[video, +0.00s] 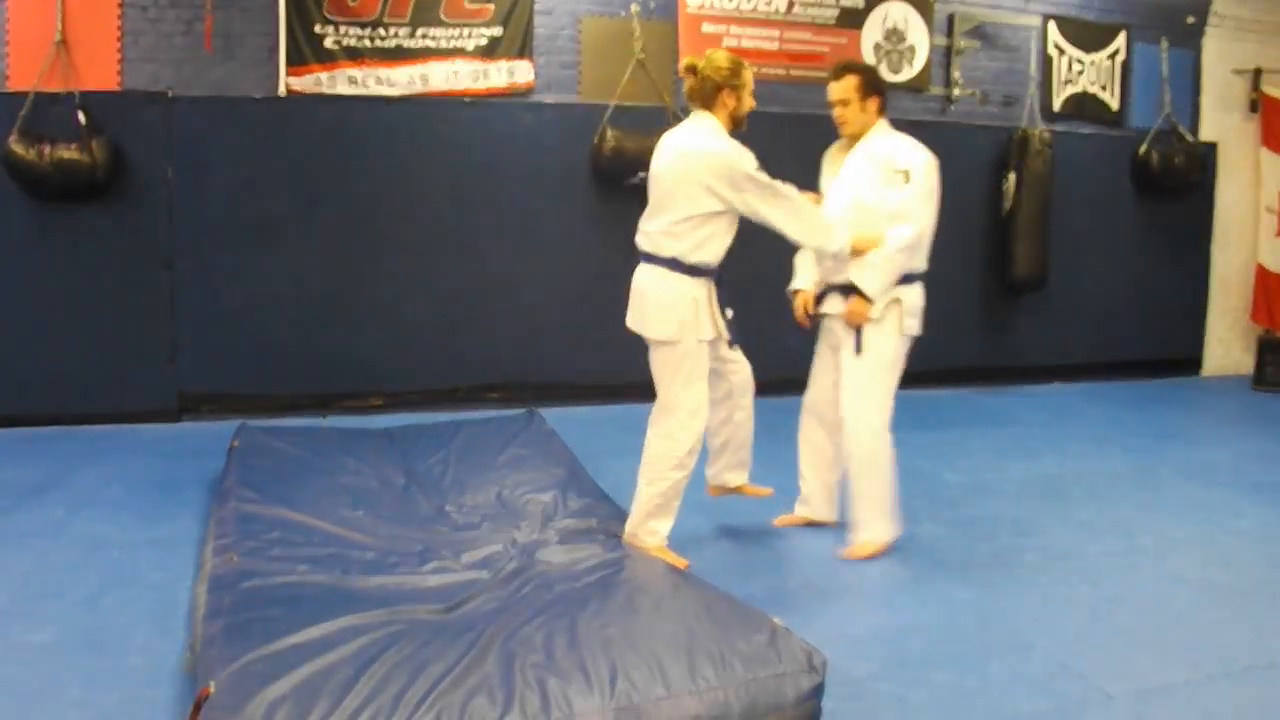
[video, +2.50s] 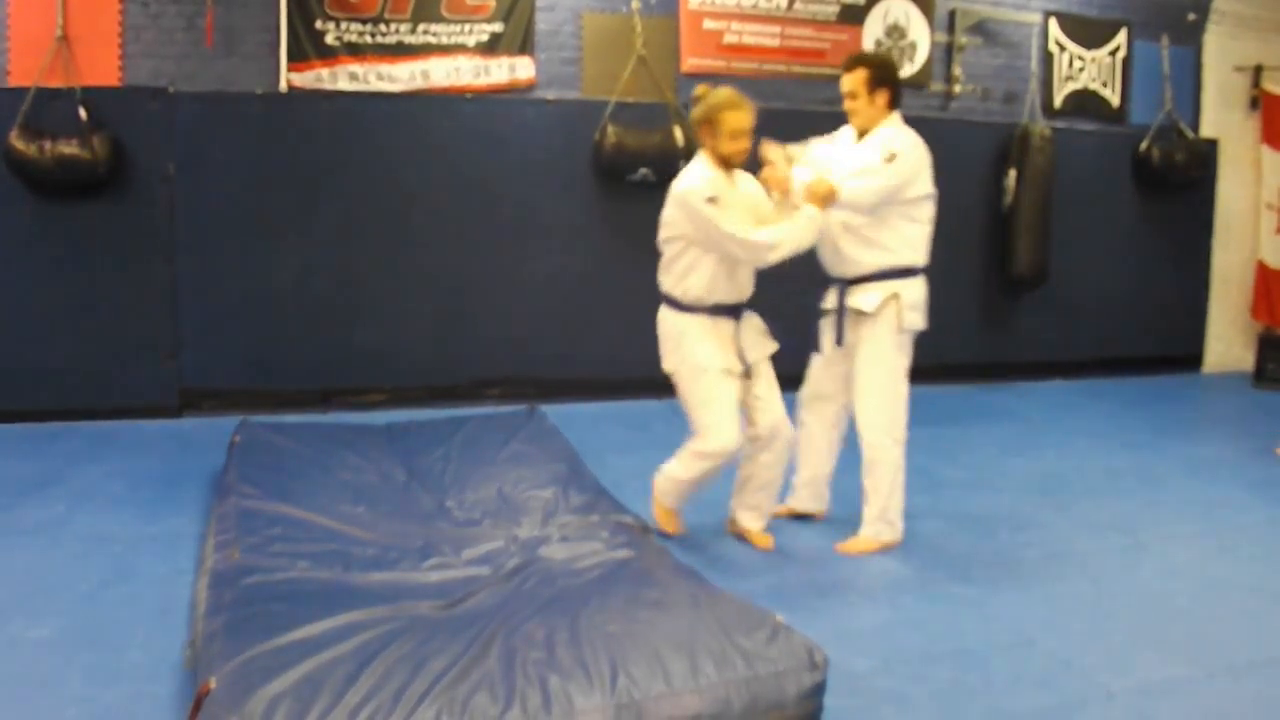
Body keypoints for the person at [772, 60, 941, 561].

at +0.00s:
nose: (835, 114)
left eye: (844, 105)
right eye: (832, 106)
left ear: (873, 103)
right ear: (834, 107)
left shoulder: (912, 158)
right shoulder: (835, 157)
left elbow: (911, 236)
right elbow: (822, 222)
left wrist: (867, 290)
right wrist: (805, 282)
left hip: (886, 302)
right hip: (836, 297)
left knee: (866, 415)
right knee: (820, 408)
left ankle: (876, 529)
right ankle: (817, 506)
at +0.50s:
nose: (957, 114)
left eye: (967, 106)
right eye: (955, 105)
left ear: (995, 110)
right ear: (956, 107)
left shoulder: (1023, 168)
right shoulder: (955, 157)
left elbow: (1006, 242)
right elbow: (938, 229)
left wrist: (956, 289)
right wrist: (925, 280)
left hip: (995, 296)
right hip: (948, 294)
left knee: (976, 400)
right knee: (923, 390)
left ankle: (979, 510)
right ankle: (950, 484)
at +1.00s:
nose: (1046, 122)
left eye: (1056, 114)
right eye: (1043, 114)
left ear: (1082, 118)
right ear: (1040, 118)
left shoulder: (1117, 172)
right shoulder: (1028, 172)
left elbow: (1135, 237)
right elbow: (1008, 223)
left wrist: (1094, 289)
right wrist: (1001, 273)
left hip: (1087, 305)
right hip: (1035, 302)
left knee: (1091, 400)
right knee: (1032, 395)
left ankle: (1121, 484)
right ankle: (1035, 478)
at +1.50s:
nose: (1071, 126)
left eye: (1081, 119)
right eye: (1068, 118)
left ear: (1108, 123)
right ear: (1064, 121)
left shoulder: (1137, 178)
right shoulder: (1052, 174)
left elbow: (1167, 238)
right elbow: (1027, 225)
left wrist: (1119, 286)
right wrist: (1026, 275)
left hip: (1114, 313)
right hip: (1055, 309)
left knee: (1128, 405)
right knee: (1032, 394)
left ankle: (1138, 488)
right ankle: (1023, 484)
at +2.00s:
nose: (951, 120)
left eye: (960, 112)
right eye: (948, 112)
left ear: (988, 116)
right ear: (949, 115)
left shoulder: (1008, 166)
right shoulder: (945, 162)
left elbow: (966, 218)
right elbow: (905, 200)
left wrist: (912, 212)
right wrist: (848, 196)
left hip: (1009, 300)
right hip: (971, 299)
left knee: (964, 394)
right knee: (989, 394)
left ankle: (956, 512)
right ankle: (1012, 482)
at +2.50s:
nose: (845, 105)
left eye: (853, 97)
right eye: (843, 97)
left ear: (883, 97)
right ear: (851, 98)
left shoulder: (907, 149)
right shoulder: (844, 140)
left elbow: (865, 192)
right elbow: (800, 156)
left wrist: (803, 184)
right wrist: (777, 160)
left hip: (889, 295)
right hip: (843, 293)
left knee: (878, 411)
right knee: (820, 397)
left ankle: (882, 527)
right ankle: (808, 499)